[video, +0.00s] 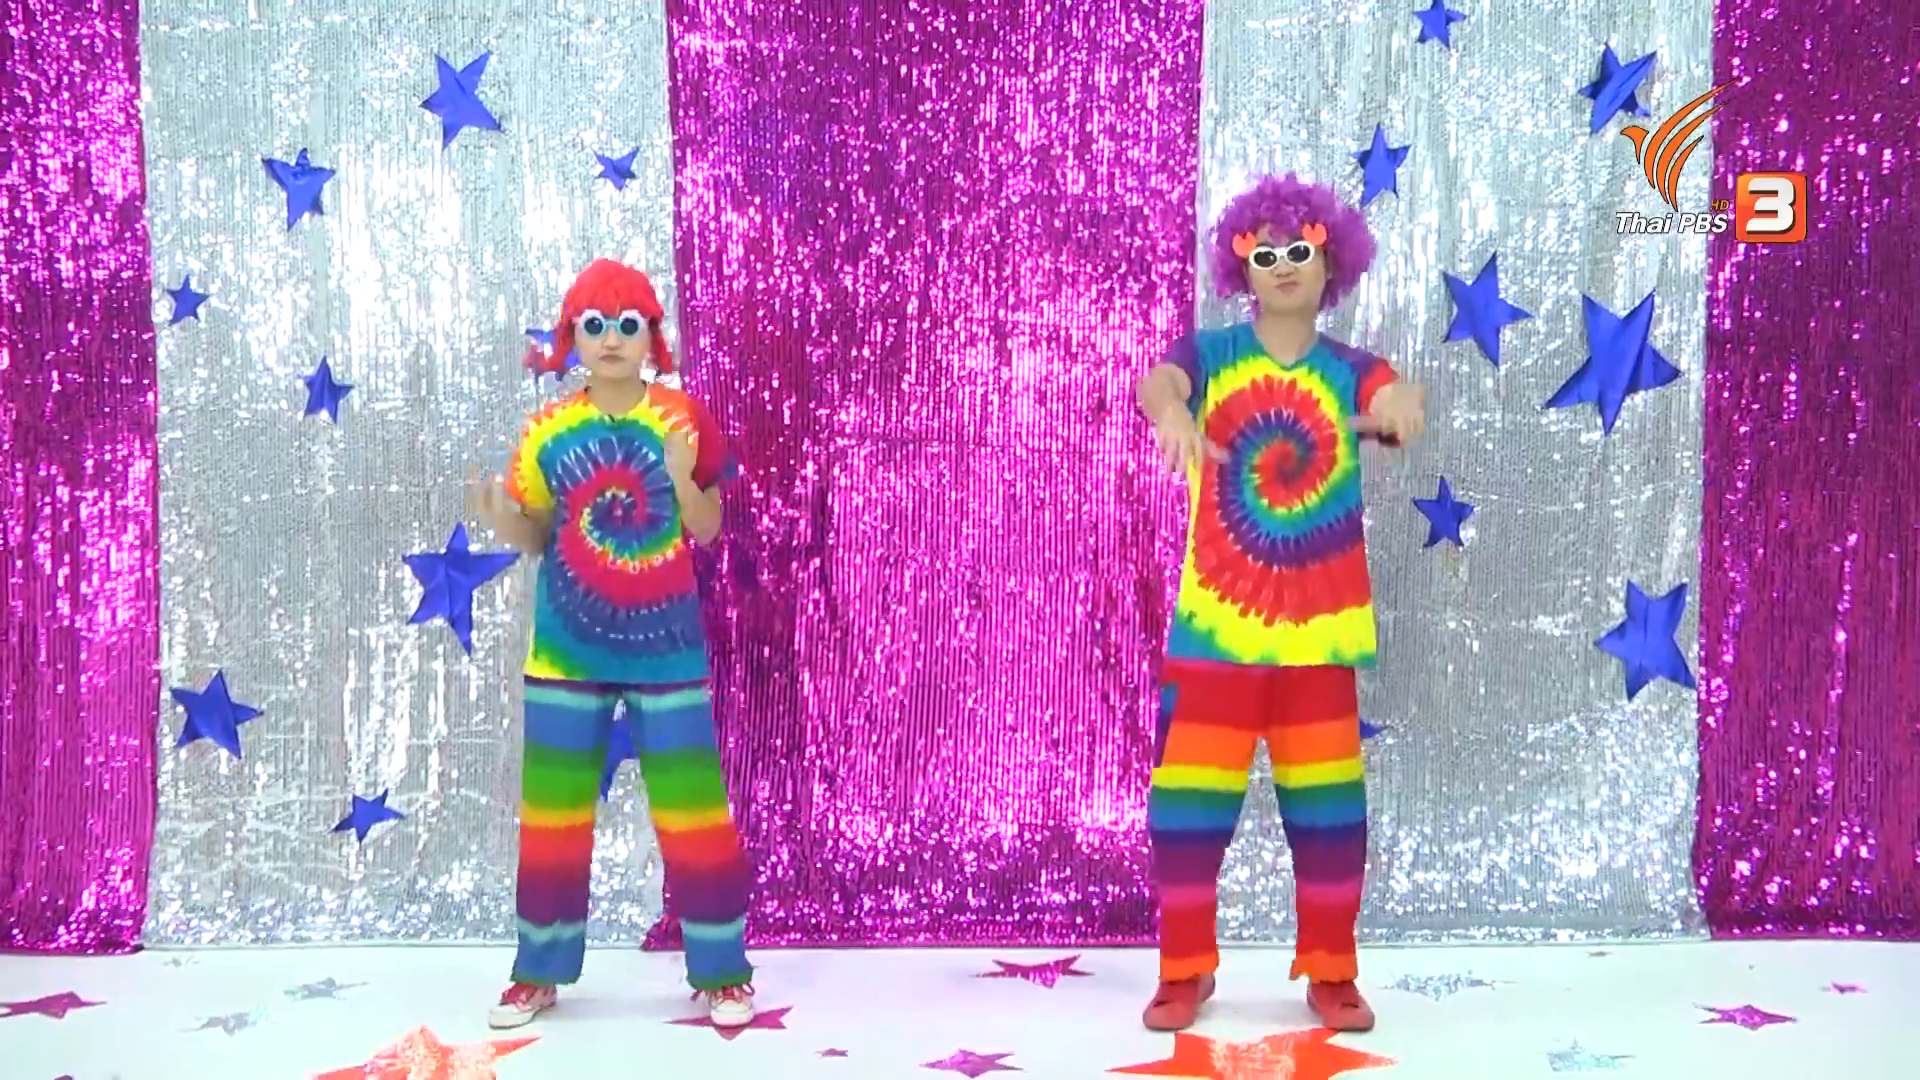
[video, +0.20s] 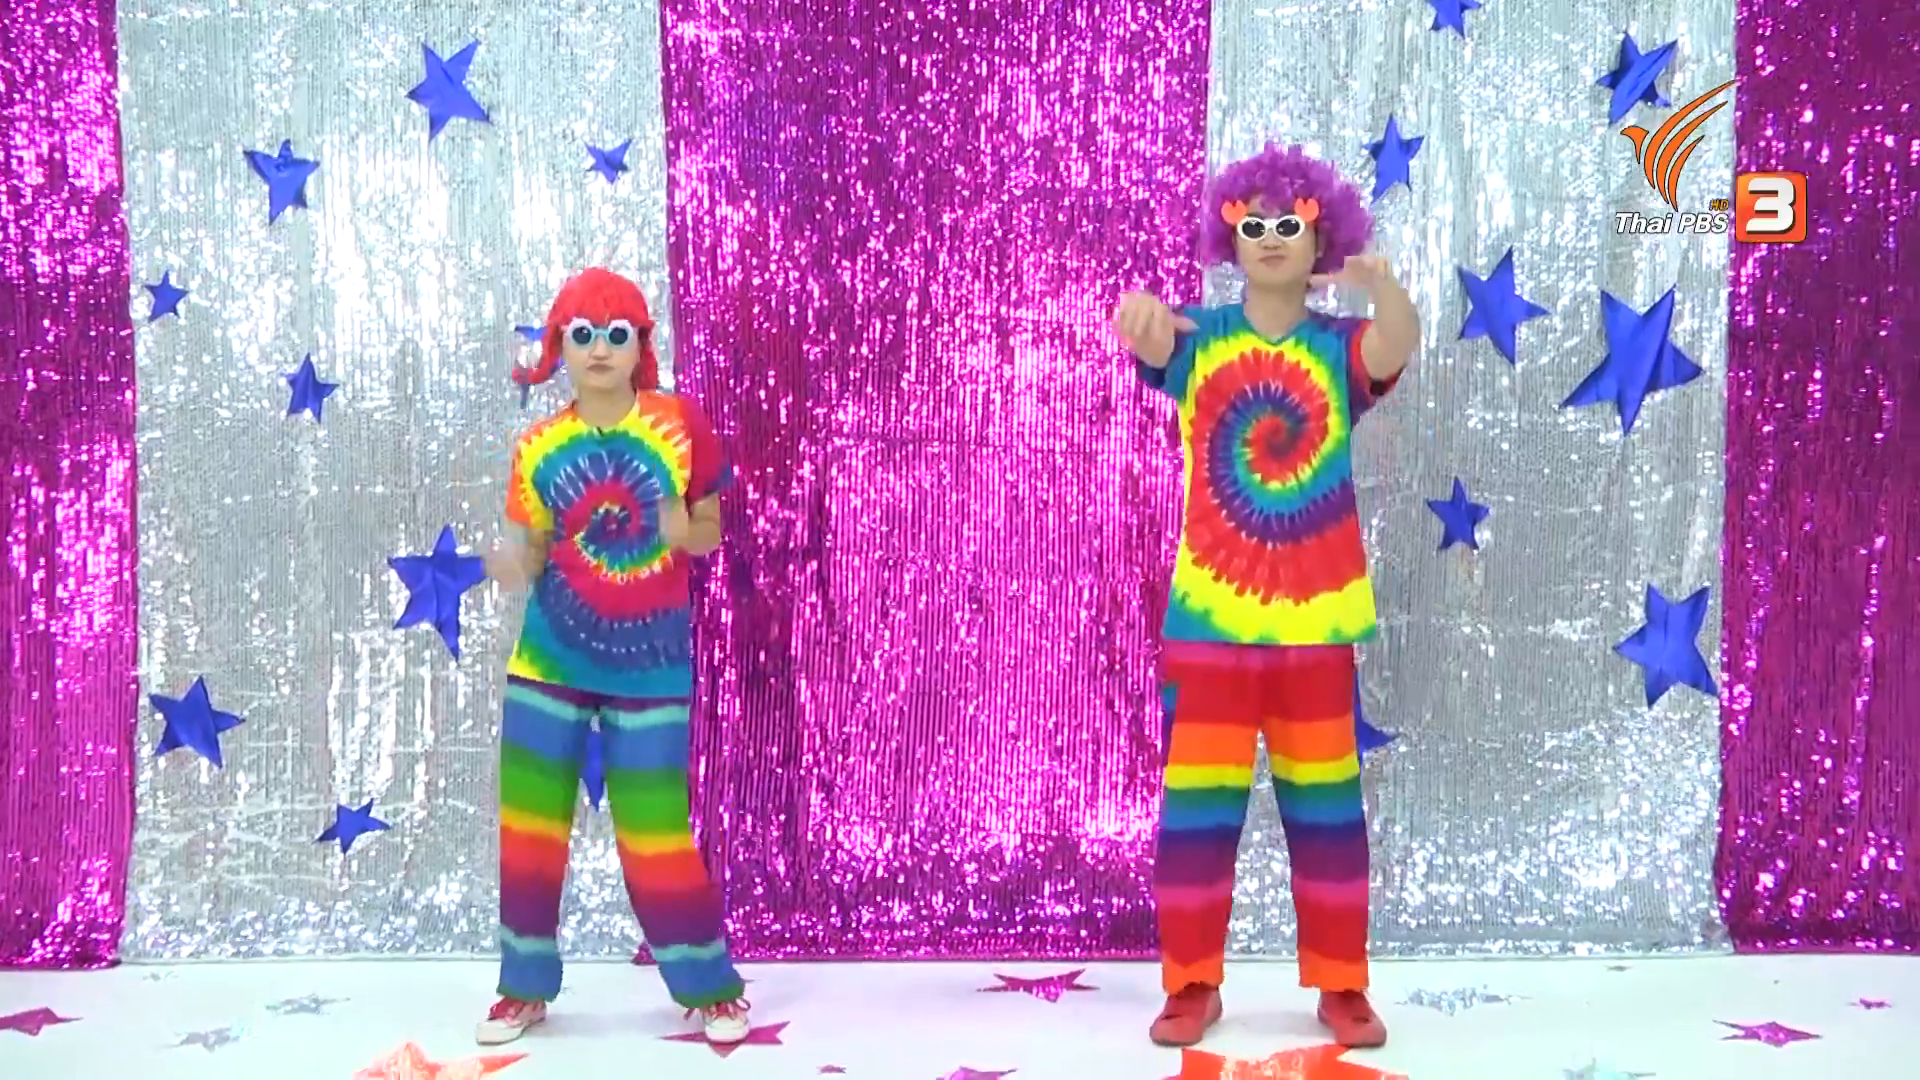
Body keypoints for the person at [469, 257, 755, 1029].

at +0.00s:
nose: (612, 339)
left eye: (629, 324)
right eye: (595, 325)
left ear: (652, 338)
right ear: (573, 339)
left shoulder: (682, 417)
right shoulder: (550, 428)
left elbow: (707, 529)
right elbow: (535, 535)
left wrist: (682, 475)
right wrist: (502, 511)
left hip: (669, 650)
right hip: (567, 650)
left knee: (695, 812)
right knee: (550, 812)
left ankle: (721, 974)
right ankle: (539, 972)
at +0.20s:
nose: (599, 349)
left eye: (617, 333)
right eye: (582, 335)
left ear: (642, 348)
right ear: (559, 350)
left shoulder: (680, 423)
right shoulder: (537, 446)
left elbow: (710, 526)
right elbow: (528, 555)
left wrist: (688, 530)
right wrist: (513, 557)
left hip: (650, 668)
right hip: (549, 662)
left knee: (657, 833)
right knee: (527, 831)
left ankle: (711, 991)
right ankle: (524, 987)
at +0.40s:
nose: (609, 334)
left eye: (626, 319)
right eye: (591, 320)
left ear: (652, 334)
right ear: (566, 333)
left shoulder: (676, 422)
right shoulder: (529, 425)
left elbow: (697, 538)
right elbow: (509, 542)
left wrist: (744, 506)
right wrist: (569, 520)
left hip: (670, 663)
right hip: (564, 664)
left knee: (683, 833)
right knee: (534, 832)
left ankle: (706, 1002)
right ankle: (515, 1004)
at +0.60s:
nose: (611, 350)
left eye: (628, 334)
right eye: (592, 336)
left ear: (654, 349)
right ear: (567, 353)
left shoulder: (677, 442)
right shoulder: (528, 436)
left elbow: (694, 567)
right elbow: (500, 556)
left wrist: (735, 477)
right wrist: (545, 474)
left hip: (679, 680)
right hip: (571, 687)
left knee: (697, 856)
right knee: (545, 859)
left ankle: (710, 1028)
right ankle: (509, 1030)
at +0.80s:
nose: (581, 335)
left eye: (598, 317)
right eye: (560, 320)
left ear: (626, 333)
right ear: (536, 337)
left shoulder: (670, 429)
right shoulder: (504, 435)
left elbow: (698, 557)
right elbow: (485, 561)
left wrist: (686, 553)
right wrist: (441, 590)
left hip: (648, 680)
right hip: (534, 683)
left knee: (680, 866)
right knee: (517, 869)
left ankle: (703, 1054)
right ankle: (495, 1054)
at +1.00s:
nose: (543, 351)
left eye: (561, 331)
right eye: (523, 336)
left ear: (595, 340)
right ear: (504, 353)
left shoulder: (644, 430)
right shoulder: (484, 452)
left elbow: (719, 526)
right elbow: (452, 578)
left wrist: (622, 460)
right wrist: (405, 489)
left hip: (612, 708)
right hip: (492, 708)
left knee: (642, 916)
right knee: (477, 917)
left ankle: (677, 1071)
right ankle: (477, 1072)